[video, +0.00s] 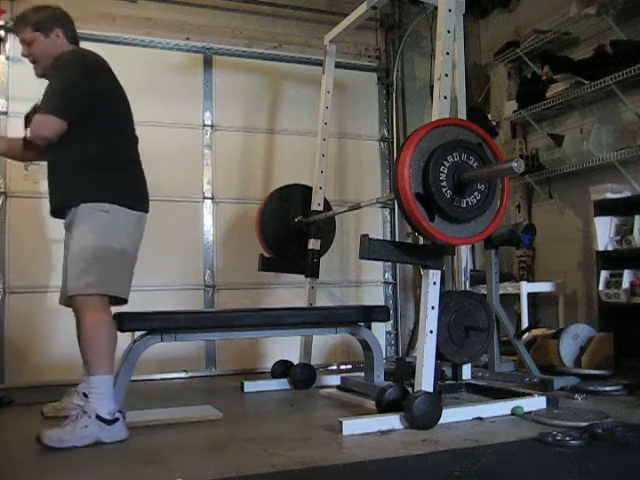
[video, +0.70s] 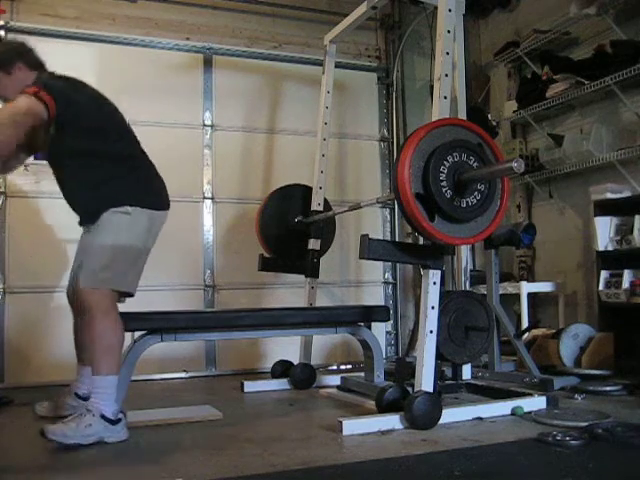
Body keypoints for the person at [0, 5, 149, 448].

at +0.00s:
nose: (26, 54)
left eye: (29, 44)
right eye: (23, 47)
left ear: (56, 36)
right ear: (57, 39)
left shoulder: (76, 64)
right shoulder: (72, 73)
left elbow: (46, 132)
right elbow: (35, 151)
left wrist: (31, 126)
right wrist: (3, 142)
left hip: (106, 201)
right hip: (93, 201)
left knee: (90, 299)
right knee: (85, 299)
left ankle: (104, 414)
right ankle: (96, 397)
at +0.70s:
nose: (1, 91)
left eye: (1, 81)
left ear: (19, 71)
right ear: (25, 71)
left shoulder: (52, 89)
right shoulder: (52, 95)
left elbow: (12, 122)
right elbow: (14, 154)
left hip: (131, 202)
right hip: (111, 205)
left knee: (96, 295)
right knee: (80, 295)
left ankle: (107, 415)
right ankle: (86, 400)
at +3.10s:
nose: (138, 139)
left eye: (145, 131)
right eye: (138, 132)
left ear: (172, 134)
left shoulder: (181, 162)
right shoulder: (163, 174)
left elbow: (113, 180)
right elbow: (131, 221)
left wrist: (97, 180)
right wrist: (101, 197)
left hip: (179, 281)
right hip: (154, 279)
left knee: (87, 286)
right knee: (66, 296)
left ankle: (99, 409)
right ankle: (81, 392)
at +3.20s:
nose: (138, 138)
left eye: (145, 131)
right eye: (138, 132)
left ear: (173, 132)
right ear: (168, 135)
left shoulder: (182, 159)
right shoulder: (163, 174)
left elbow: (129, 167)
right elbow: (130, 206)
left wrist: (71, 174)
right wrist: (91, 192)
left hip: (180, 280)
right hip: (157, 278)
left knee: (83, 286)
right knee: (66, 296)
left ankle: (88, 406)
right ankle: (82, 397)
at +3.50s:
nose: (120, 130)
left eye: (128, 123)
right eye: (121, 123)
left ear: (155, 129)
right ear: (149, 131)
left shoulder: (173, 161)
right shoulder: (147, 170)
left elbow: (178, 194)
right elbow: (155, 231)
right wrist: (117, 243)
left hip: (177, 280)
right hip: (154, 276)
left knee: (83, 292)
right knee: (75, 292)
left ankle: (86, 415)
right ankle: (72, 393)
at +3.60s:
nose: (114, 129)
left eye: (121, 122)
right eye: (114, 122)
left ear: (148, 124)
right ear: (145, 126)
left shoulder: (169, 161)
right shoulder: (146, 164)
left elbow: (190, 206)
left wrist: (179, 241)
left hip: (172, 281)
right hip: (148, 276)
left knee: (83, 293)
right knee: (74, 292)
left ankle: (87, 415)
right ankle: (72, 392)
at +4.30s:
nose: (56, 140)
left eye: (62, 131)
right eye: (55, 133)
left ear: (89, 128)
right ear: (84, 131)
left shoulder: (102, 166)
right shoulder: (86, 171)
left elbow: (95, 227)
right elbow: (60, 231)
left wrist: (43, 254)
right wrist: (17, 254)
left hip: (161, 273)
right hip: (139, 271)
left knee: (76, 293)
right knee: (68, 291)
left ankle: (86, 416)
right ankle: (70, 394)